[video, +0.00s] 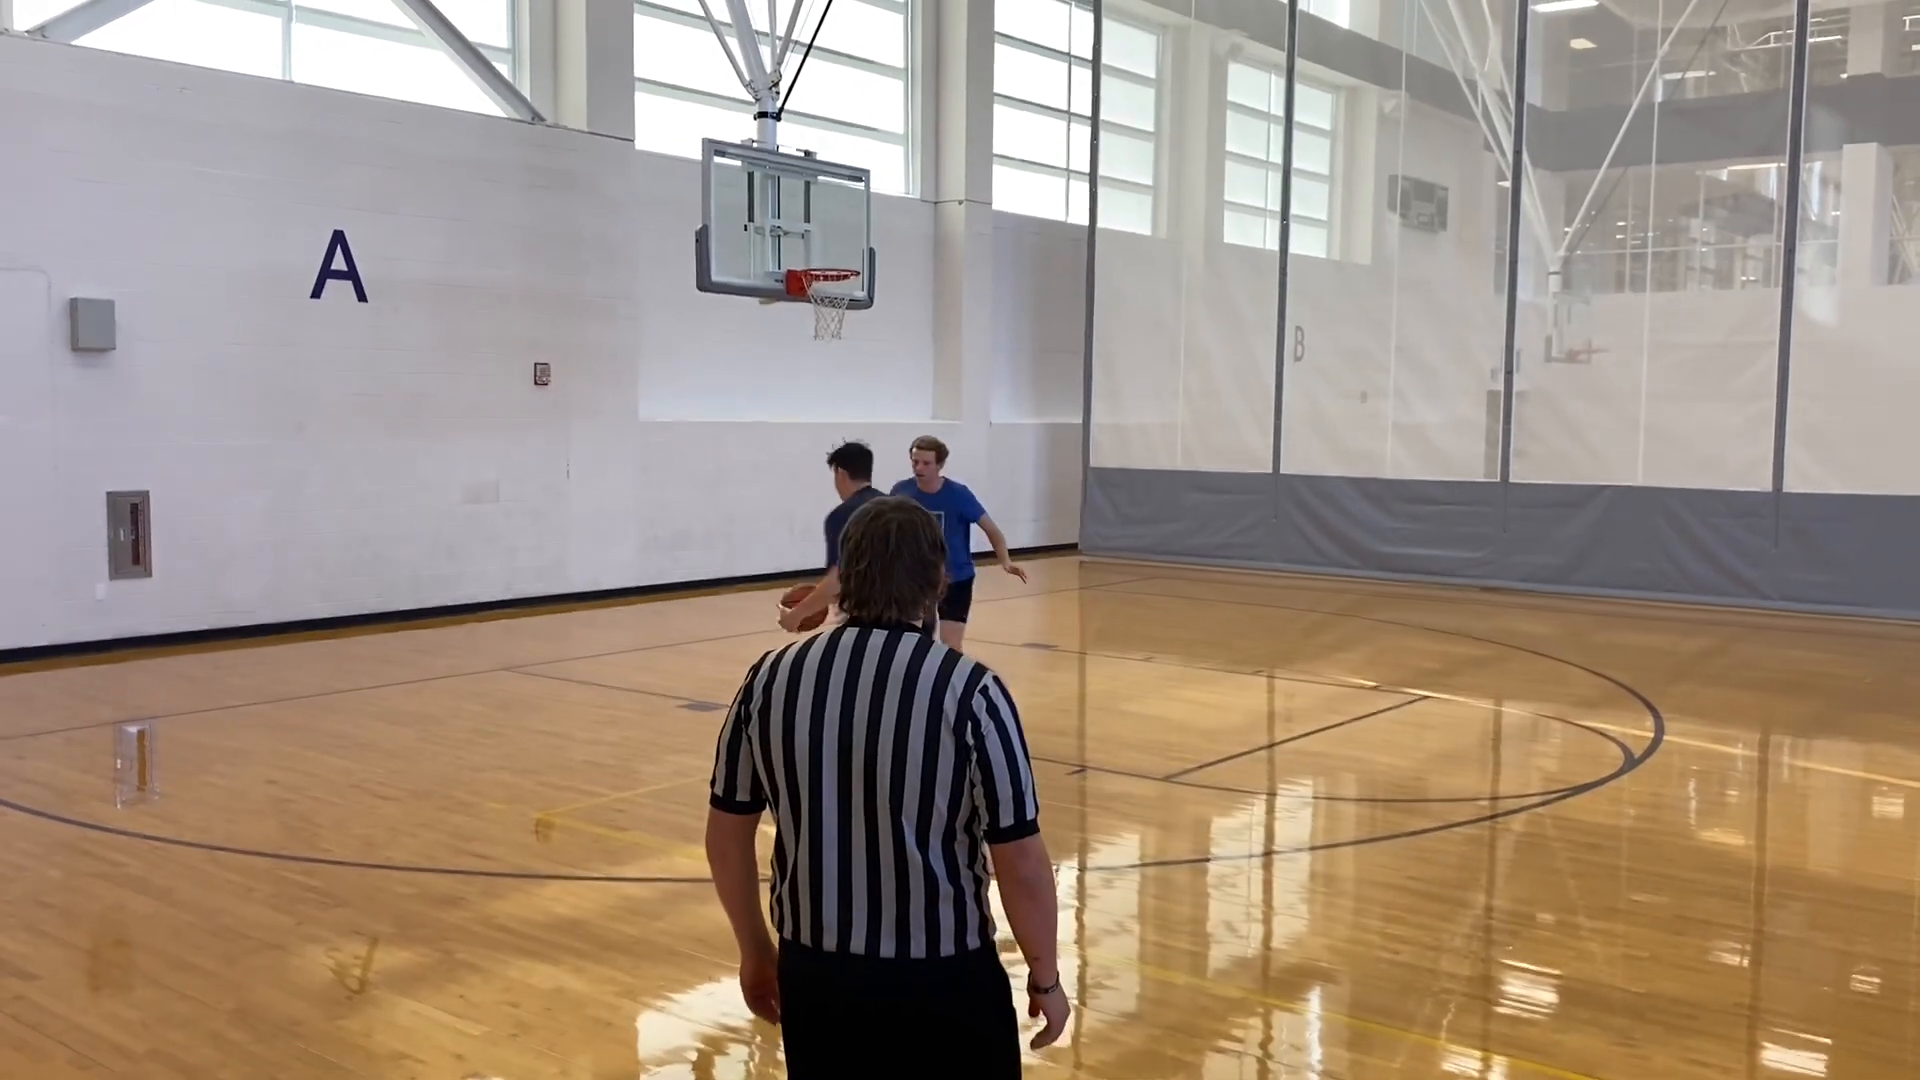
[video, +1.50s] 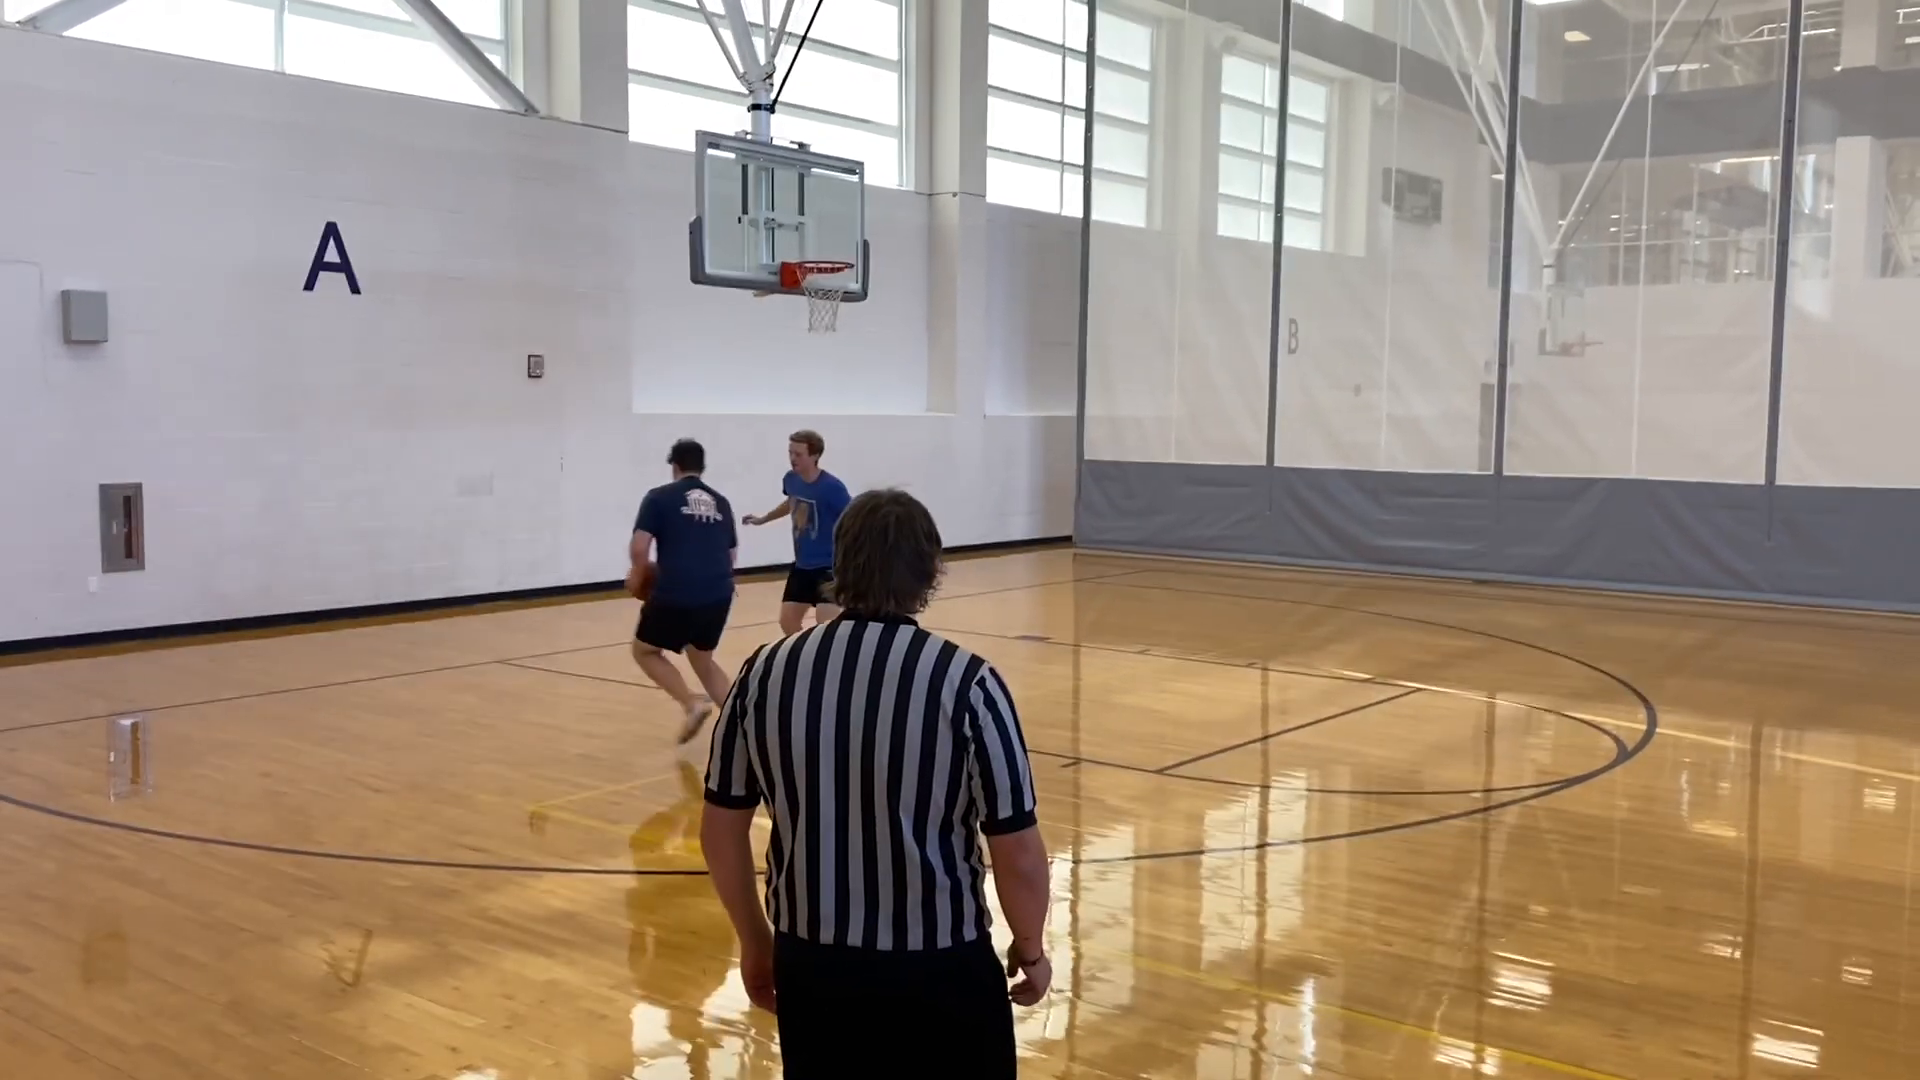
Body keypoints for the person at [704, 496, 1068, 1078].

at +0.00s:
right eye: (943, 573)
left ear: (844, 577)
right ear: (937, 584)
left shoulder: (771, 677)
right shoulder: (972, 690)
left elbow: (727, 834)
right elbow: (1021, 861)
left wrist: (755, 949)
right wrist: (1045, 976)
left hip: (816, 981)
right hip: (949, 986)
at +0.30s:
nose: (947, 578)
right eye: (943, 565)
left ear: (844, 568)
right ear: (934, 576)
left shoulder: (769, 671)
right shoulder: (969, 685)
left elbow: (724, 829)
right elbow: (1017, 854)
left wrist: (756, 940)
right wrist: (1041, 968)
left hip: (813, 980)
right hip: (947, 982)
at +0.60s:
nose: (940, 575)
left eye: (936, 561)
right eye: (937, 562)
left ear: (842, 564)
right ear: (929, 572)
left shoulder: (768, 669)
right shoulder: (967, 683)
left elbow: (723, 827)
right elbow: (1017, 854)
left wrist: (757, 939)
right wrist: (1038, 961)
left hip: (812, 975)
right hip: (945, 978)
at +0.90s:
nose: (939, 573)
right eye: (935, 561)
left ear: (842, 563)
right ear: (929, 571)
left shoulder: (768, 668)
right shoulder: (968, 681)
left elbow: (724, 828)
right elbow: (1018, 852)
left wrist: (758, 940)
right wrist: (1038, 955)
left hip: (813, 972)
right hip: (946, 976)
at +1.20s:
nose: (938, 573)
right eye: (934, 560)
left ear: (841, 566)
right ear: (929, 572)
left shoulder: (768, 670)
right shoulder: (967, 681)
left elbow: (723, 826)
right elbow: (1017, 849)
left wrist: (755, 939)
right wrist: (1035, 950)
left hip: (814, 976)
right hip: (945, 978)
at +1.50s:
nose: (940, 571)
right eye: (936, 558)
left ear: (841, 565)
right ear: (929, 570)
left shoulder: (764, 671)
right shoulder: (968, 682)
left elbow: (721, 830)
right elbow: (1018, 854)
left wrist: (754, 939)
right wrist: (1030, 946)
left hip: (812, 973)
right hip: (945, 975)